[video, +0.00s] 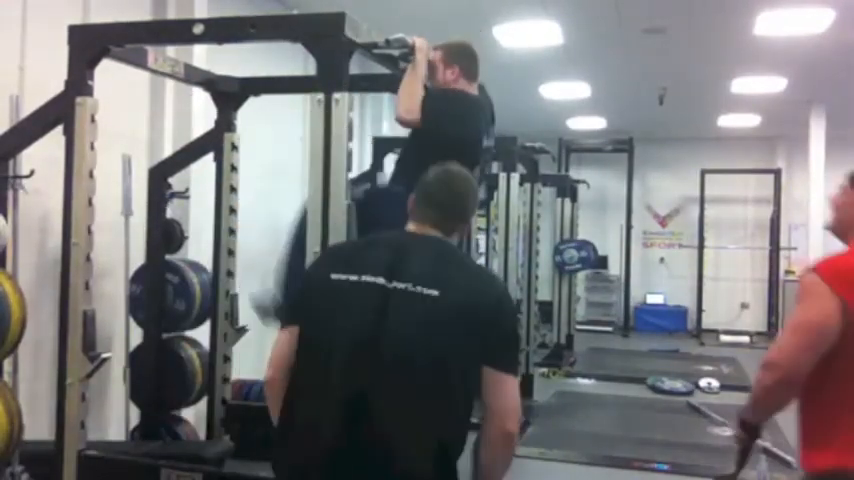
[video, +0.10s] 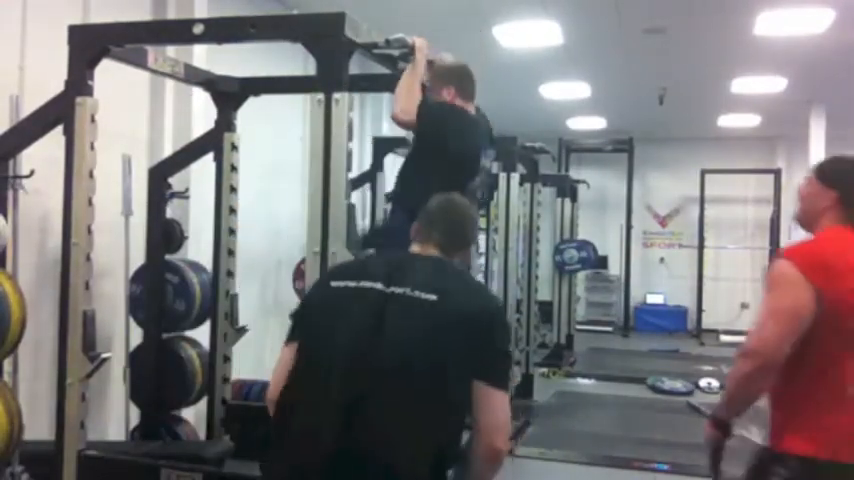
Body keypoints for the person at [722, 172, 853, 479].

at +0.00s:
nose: (834, 198)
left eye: (843, 188)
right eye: (840, 188)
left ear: (853, 199)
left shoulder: (834, 275)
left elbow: (784, 368)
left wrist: (751, 419)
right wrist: (753, 418)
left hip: (837, 462)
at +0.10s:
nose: (800, 189)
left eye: (809, 183)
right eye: (804, 182)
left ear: (831, 196)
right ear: (833, 197)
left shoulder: (806, 260)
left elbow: (765, 353)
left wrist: (721, 418)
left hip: (809, 455)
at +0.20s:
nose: (762, 196)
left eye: (771, 188)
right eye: (767, 187)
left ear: (792, 200)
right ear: (818, 204)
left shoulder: (768, 265)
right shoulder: (845, 256)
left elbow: (736, 352)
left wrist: (688, 419)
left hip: (776, 449)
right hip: (843, 450)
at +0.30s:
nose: (723, 205)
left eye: (730, 198)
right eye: (726, 198)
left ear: (753, 209)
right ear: (779, 211)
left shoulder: (730, 275)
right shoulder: (814, 270)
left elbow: (701, 362)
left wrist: (651, 425)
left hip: (741, 452)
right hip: (807, 452)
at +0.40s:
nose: (688, 211)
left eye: (694, 202)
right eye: (690, 203)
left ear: (713, 212)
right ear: (743, 213)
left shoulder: (691, 280)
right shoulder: (775, 274)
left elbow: (659, 366)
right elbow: (770, 353)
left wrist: (614, 428)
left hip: (695, 449)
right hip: (757, 449)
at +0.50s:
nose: (655, 209)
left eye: (661, 200)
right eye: (657, 200)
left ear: (680, 207)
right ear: (708, 206)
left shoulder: (658, 273)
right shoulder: (748, 263)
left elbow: (622, 354)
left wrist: (584, 406)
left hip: (666, 430)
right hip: (726, 429)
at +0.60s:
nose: (635, 203)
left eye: (639, 194)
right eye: (636, 194)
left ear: (655, 200)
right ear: (684, 198)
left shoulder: (638, 260)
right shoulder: (724, 251)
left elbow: (592, 335)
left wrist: (559, 371)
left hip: (649, 421)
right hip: (705, 418)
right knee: (675, 473)